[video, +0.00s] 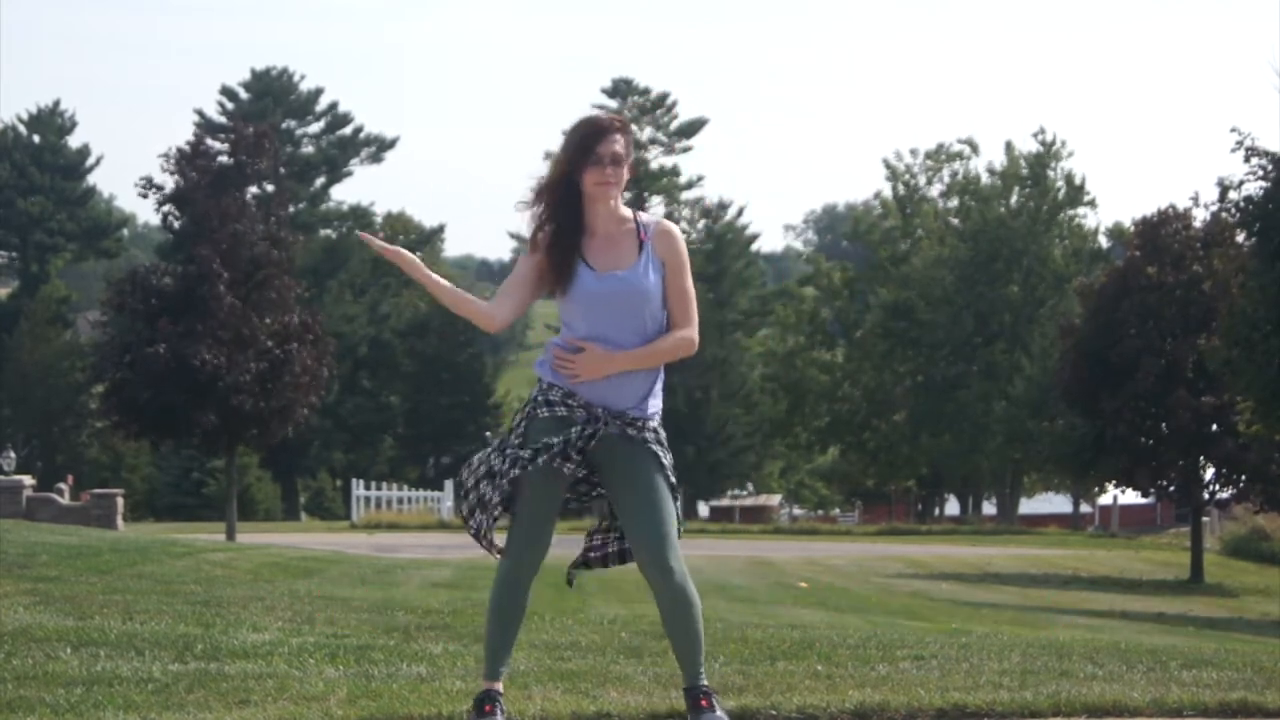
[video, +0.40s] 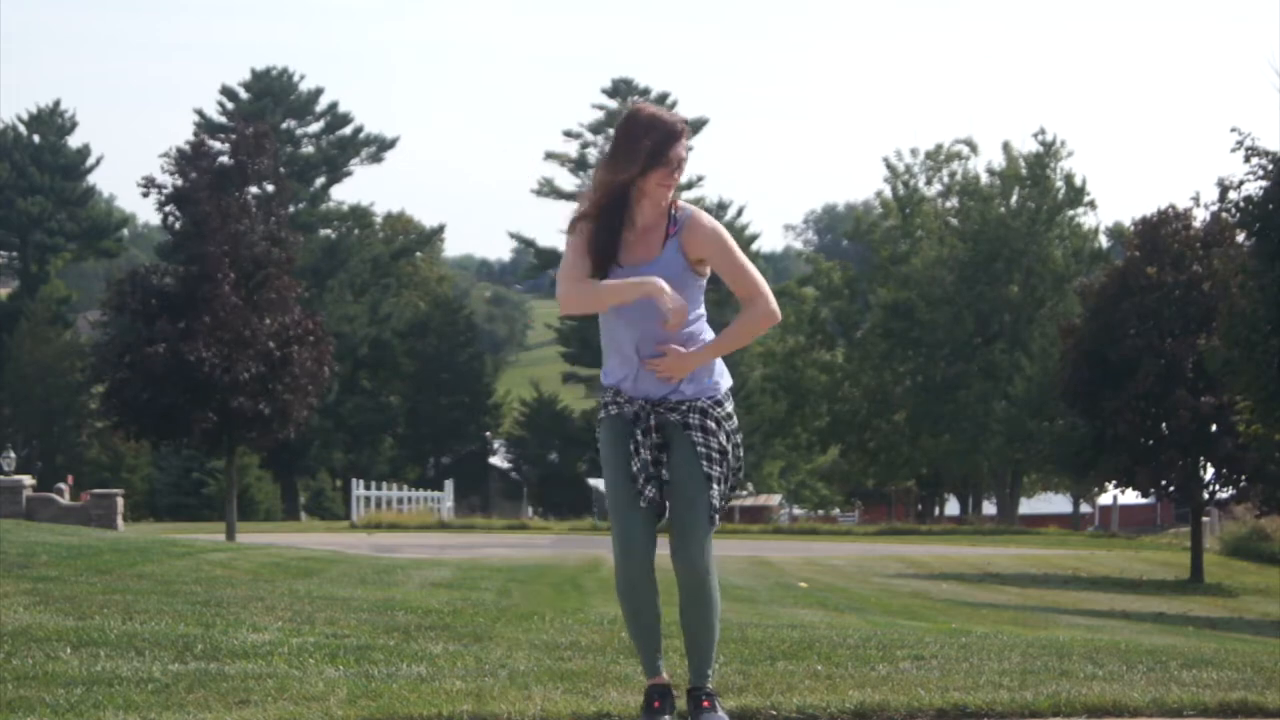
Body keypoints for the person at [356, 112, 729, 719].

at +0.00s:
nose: (613, 171)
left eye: (621, 162)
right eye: (601, 161)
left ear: (632, 170)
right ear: (575, 168)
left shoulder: (661, 238)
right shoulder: (554, 243)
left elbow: (686, 336)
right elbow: (494, 316)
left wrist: (614, 362)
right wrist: (418, 269)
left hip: (631, 421)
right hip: (556, 410)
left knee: (663, 561)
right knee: (525, 551)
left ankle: (699, 692)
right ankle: (491, 691)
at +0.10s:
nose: (624, 171)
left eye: (633, 161)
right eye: (613, 160)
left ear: (643, 164)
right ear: (588, 163)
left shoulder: (670, 227)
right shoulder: (564, 237)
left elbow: (709, 325)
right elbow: (514, 313)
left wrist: (636, 357)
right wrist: (462, 239)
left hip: (658, 414)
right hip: (580, 412)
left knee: (680, 558)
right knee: (544, 550)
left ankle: (700, 693)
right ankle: (496, 688)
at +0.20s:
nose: (644, 168)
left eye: (652, 157)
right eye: (633, 158)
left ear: (659, 160)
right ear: (602, 160)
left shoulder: (678, 223)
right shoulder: (574, 230)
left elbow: (738, 312)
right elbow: (527, 303)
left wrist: (663, 346)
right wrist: (531, 220)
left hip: (683, 404)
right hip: (605, 404)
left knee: (693, 549)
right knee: (574, 544)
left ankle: (703, 693)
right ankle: (530, 683)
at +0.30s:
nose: (667, 170)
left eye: (670, 160)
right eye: (657, 159)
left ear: (666, 162)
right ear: (624, 159)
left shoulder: (687, 226)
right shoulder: (580, 228)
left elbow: (760, 304)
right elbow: (543, 294)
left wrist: (689, 343)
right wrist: (597, 237)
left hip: (693, 404)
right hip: (621, 405)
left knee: (696, 551)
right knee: (604, 546)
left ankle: (702, 691)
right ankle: (610, 681)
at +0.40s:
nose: (676, 177)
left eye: (681, 166)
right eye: (667, 165)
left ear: (681, 167)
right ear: (633, 164)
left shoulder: (696, 229)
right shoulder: (592, 227)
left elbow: (764, 309)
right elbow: (570, 298)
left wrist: (698, 354)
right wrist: (650, 285)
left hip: (693, 407)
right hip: (622, 408)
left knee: (691, 550)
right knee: (631, 551)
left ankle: (702, 691)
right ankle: (656, 683)